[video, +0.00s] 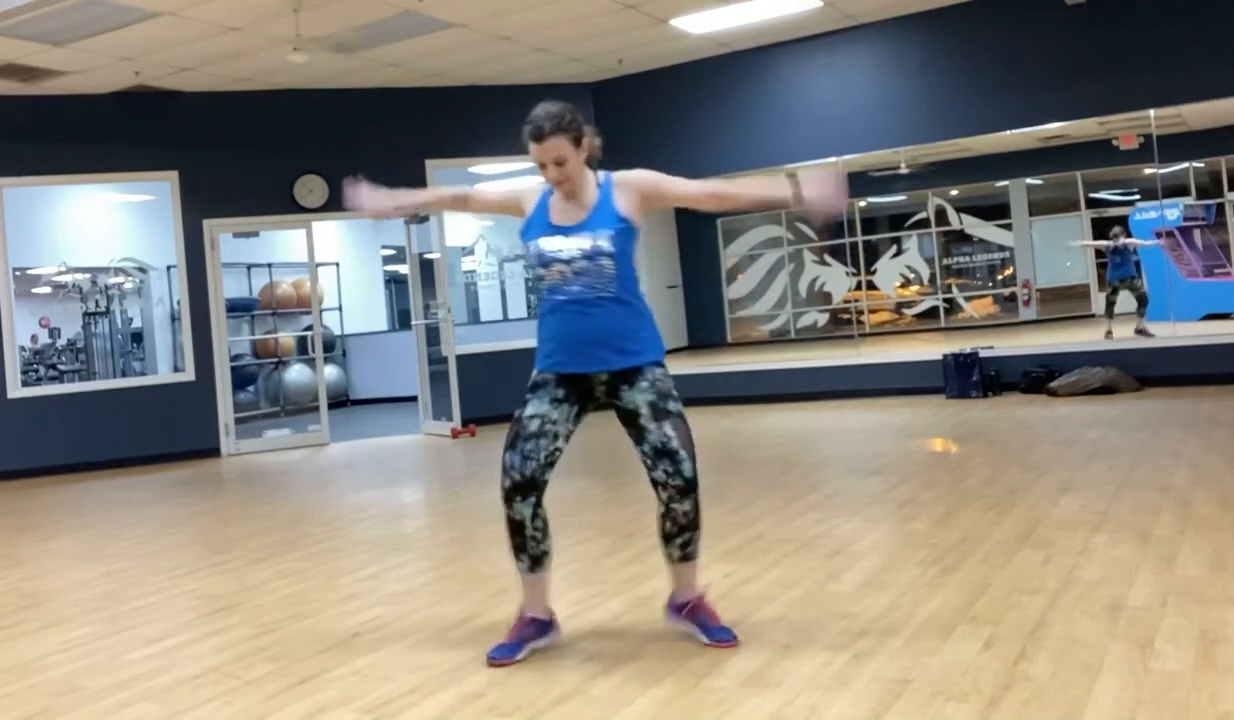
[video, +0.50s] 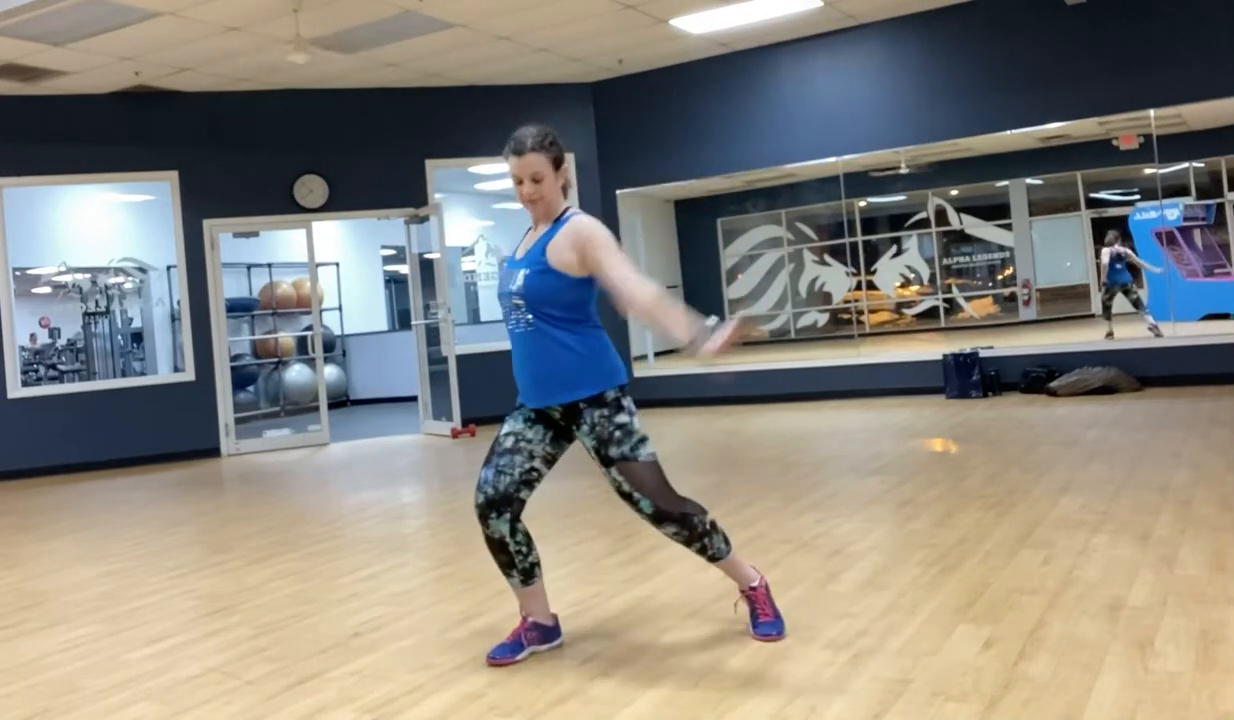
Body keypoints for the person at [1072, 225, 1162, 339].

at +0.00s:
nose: (1120, 238)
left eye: (1118, 236)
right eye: (1122, 235)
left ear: (1112, 236)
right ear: (1124, 235)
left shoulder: (1108, 244)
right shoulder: (1129, 242)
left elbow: (1092, 243)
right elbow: (1145, 243)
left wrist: (1079, 243)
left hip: (1113, 278)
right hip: (1130, 277)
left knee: (1110, 303)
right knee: (1142, 298)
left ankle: (1109, 329)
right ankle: (1140, 326)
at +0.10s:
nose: (1123, 237)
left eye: (1121, 236)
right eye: (1122, 235)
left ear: (1110, 236)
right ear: (1122, 235)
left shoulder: (1106, 245)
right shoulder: (1127, 242)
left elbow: (1085, 244)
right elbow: (1141, 242)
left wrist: (1071, 251)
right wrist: (1155, 237)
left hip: (1111, 279)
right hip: (1128, 277)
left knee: (1109, 303)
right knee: (1144, 296)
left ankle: (1110, 329)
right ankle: (1144, 323)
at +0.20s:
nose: (1121, 239)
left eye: (1121, 238)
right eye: (1121, 238)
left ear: (1109, 239)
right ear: (1120, 238)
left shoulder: (1103, 248)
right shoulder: (1125, 245)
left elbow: (1087, 254)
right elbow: (1140, 244)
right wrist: (1155, 238)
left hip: (1110, 280)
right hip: (1127, 278)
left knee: (1108, 304)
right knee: (1142, 298)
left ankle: (1110, 330)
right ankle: (1151, 321)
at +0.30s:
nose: (1121, 241)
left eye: (1120, 240)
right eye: (1120, 239)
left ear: (1108, 240)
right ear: (1119, 239)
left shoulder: (1103, 250)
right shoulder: (1125, 247)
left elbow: (1092, 259)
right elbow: (1142, 246)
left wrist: (1102, 254)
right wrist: (1159, 243)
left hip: (1111, 282)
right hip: (1127, 279)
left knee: (1108, 306)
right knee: (1141, 301)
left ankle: (1110, 330)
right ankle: (1151, 323)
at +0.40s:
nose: (1120, 241)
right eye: (1120, 239)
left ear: (1108, 240)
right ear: (1118, 239)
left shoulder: (1104, 250)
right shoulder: (1124, 249)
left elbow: (1102, 263)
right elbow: (1141, 252)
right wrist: (1159, 253)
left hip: (1112, 281)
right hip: (1126, 280)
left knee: (1107, 305)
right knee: (1139, 302)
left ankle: (1110, 330)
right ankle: (1151, 323)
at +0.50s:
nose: (1105, 240)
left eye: (1107, 238)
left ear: (1108, 240)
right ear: (1119, 240)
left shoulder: (1106, 250)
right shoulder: (1125, 250)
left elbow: (1105, 263)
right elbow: (1139, 262)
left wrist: (1103, 279)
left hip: (1113, 282)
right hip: (1127, 280)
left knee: (1106, 303)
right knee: (1138, 303)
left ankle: (1110, 329)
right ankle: (1152, 323)